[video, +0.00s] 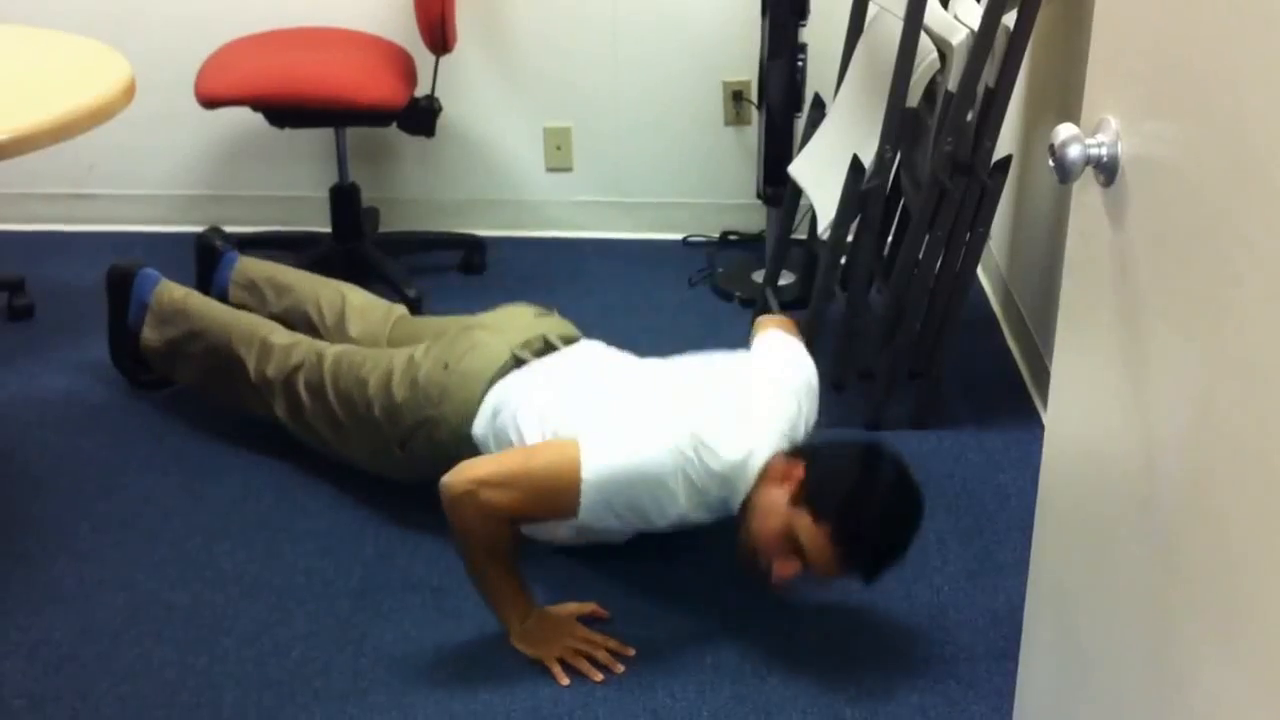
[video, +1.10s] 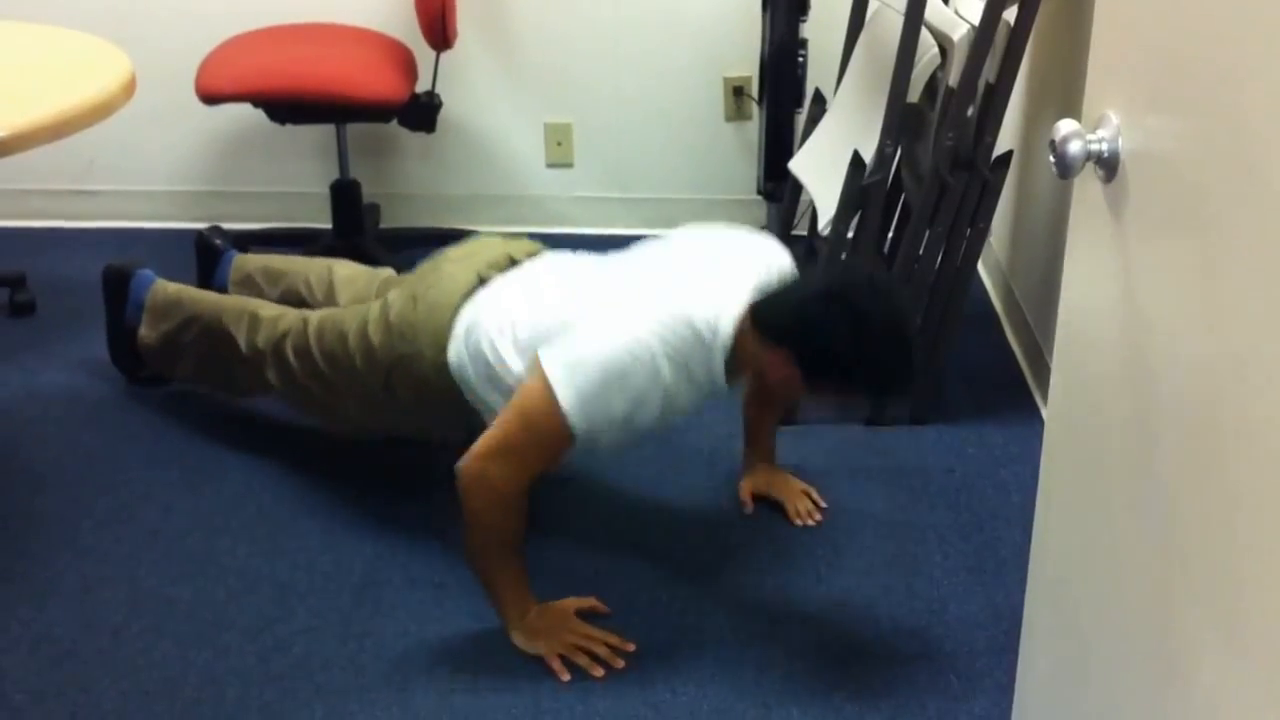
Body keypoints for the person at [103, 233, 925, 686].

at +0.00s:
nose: (786, 576)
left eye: (809, 575)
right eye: (795, 555)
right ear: (788, 488)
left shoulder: (792, 398)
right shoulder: (664, 476)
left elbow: (774, 323)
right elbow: (468, 495)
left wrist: (756, 431)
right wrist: (525, 619)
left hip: (541, 334)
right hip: (466, 403)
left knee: (384, 324)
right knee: (292, 376)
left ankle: (232, 268)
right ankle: (156, 312)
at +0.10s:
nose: (796, 514)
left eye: (822, 508)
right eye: (797, 484)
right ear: (775, 418)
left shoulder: (782, 334)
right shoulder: (639, 429)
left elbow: (698, 339)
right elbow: (465, 492)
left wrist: (750, 469)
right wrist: (525, 619)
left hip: (535, 309)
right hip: (459, 383)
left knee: (380, 313)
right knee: (289, 369)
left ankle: (234, 264)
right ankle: (153, 316)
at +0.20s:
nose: (775, 422)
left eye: (801, 418)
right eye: (779, 397)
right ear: (765, 339)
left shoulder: (775, 278)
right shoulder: (626, 366)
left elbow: (757, 369)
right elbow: (481, 480)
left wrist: (759, 464)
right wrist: (524, 618)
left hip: (523, 274)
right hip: (458, 339)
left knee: (372, 293)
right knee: (292, 350)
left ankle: (236, 262)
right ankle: (149, 315)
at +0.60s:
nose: (811, 467)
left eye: (831, 466)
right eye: (817, 456)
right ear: (783, 402)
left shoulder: (786, 301)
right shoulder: (657, 397)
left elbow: (765, 381)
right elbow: (470, 488)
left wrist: (767, 454)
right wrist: (527, 618)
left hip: (530, 284)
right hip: (461, 359)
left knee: (373, 295)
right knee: (291, 359)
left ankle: (236, 263)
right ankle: (150, 318)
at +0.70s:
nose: (819, 558)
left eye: (836, 552)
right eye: (826, 547)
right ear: (795, 505)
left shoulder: (790, 366)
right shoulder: (670, 474)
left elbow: (771, 315)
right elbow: (468, 499)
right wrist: (526, 618)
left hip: (537, 319)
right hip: (460, 396)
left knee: (387, 318)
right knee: (290, 373)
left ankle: (239, 269)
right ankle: (153, 317)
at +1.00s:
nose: (827, 483)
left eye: (840, 480)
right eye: (833, 474)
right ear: (798, 444)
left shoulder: (780, 314)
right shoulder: (650, 426)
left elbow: (750, 378)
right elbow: (463, 492)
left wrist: (760, 457)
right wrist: (524, 616)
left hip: (521, 295)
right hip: (457, 376)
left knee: (373, 303)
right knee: (287, 365)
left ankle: (233, 264)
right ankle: (152, 316)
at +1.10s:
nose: (817, 410)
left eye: (834, 402)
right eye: (821, 395)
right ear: (786, 360)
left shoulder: (770, 263)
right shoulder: (640, 357)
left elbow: (770, 367)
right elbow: (485, 475)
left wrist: (759, 461)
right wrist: (523, 613)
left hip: (514, 259)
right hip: (450, 333)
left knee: (370, 290)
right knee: (281, 353)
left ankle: (237, 263)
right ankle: (150, 317)